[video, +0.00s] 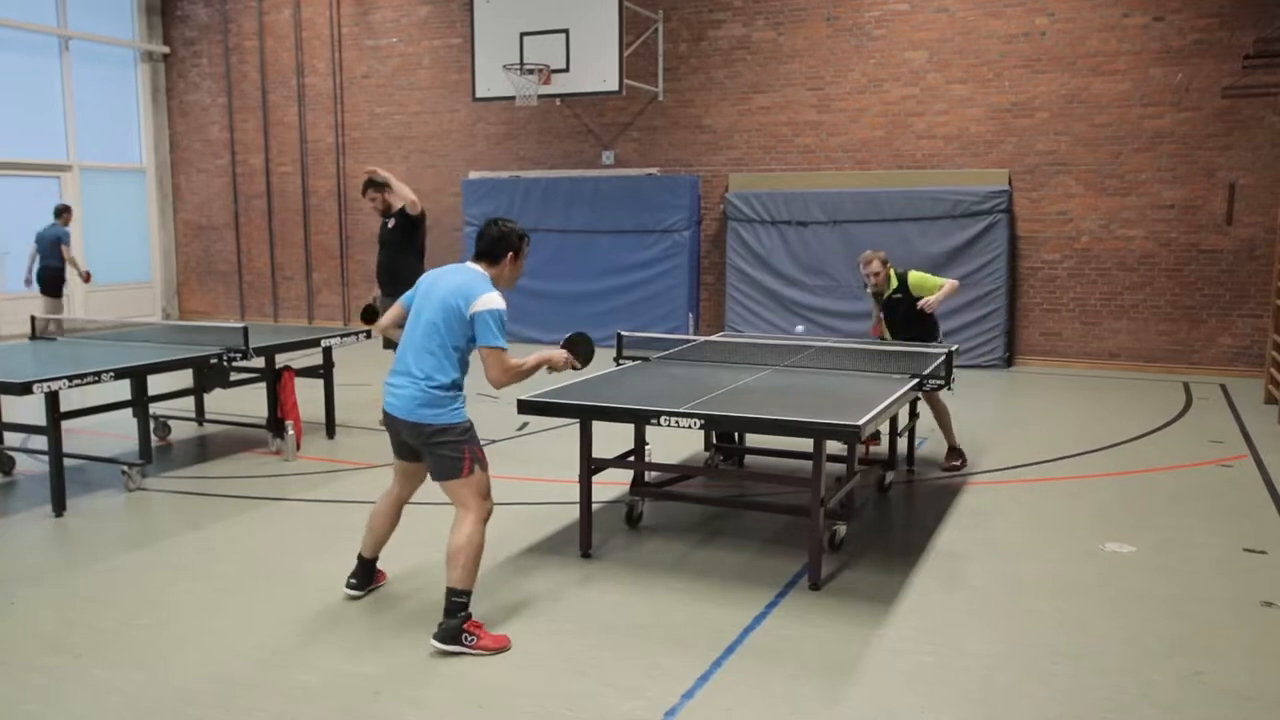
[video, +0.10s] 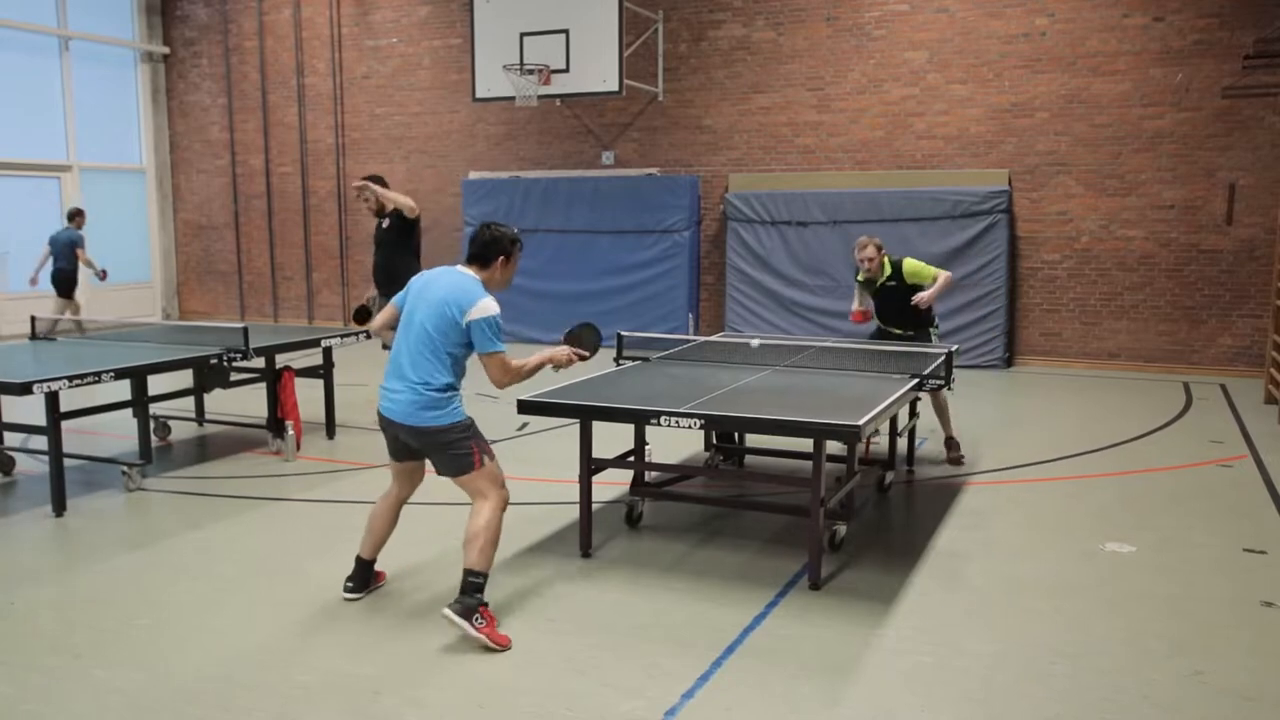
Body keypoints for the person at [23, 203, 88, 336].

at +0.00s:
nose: (71, 219)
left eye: (71, 216)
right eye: (69, 216)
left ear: (58, 216)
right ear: (64, 215)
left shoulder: (42, 232)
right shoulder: (63, 233)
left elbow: (33, 254)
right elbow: (68, 256)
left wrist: (29, 274)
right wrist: (80, 272)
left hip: (42, 271)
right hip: (56, 271)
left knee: (58, 306)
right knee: (49, 306)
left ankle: (59, 332)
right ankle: (40, 333)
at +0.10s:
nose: (84, 222)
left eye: (84, 219)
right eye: (82, 218)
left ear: (71, 219)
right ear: (76, 219)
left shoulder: (56, 236)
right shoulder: (77, 236)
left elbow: (45, 256)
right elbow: (82, 258)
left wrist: (35, 274)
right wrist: (96, 270)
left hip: (56, 274)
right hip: (69, 275)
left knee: (74, 307)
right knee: (59, 309)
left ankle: (82, 333)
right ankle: (47, 334)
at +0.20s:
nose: (97, 222)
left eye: (97, 218)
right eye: (96, 218)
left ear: (84, 219)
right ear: (89, 218)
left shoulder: (70, 236)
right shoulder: (90, 235)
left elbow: (60, 256)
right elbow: (95, 259)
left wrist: (49, 274)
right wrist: (109, 273)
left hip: (71, 274)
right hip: (83, 275)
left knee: (88, 309)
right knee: (84, 312)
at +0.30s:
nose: (111, 218)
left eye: (111, 215)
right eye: (110, 215)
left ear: (99, 215)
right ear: (103, 215)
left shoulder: (84, 232)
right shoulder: (101, 231)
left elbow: (78, 255)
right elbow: (104, 255)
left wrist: (73, 273)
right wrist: (116, 274)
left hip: (84, 268)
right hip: (96, 269)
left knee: (91, 307)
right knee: (108, 308)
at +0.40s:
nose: (125, 218)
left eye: (125, 215)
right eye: (124, 215)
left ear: (114, 215)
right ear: (118, 215)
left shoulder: (100, 230)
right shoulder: (113, 231)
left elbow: (100, 253)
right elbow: (112, 253)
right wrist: (119, 273)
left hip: (98, 267)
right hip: (109, 268)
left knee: (96, 307)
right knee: (128, 304)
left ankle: (90, 335)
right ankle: (120, 335)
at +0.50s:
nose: (141, 222)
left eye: (141, 219)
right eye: (139, 218)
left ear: (130, 219)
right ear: (133, 219)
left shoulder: (117, 232)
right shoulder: (127, 234)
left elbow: (116, 256)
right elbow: (124, 255)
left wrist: (131, 266)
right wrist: (126, 275)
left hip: (113, 271)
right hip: (124, 272)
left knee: (106, 305)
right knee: (143, 306)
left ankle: (95, 329)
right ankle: (149, 335)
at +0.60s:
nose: (156, 223)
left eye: (156, 220)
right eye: (155, 220)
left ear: (146, 220)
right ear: (149, 220)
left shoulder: (134, 233)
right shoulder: (143, 235)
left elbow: (136, 256)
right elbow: (139, 255)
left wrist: (153, 263)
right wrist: (137, 273)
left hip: (130, 273)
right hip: (143, 274)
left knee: (125, 308)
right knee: (160, 307)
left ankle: (108, 326)